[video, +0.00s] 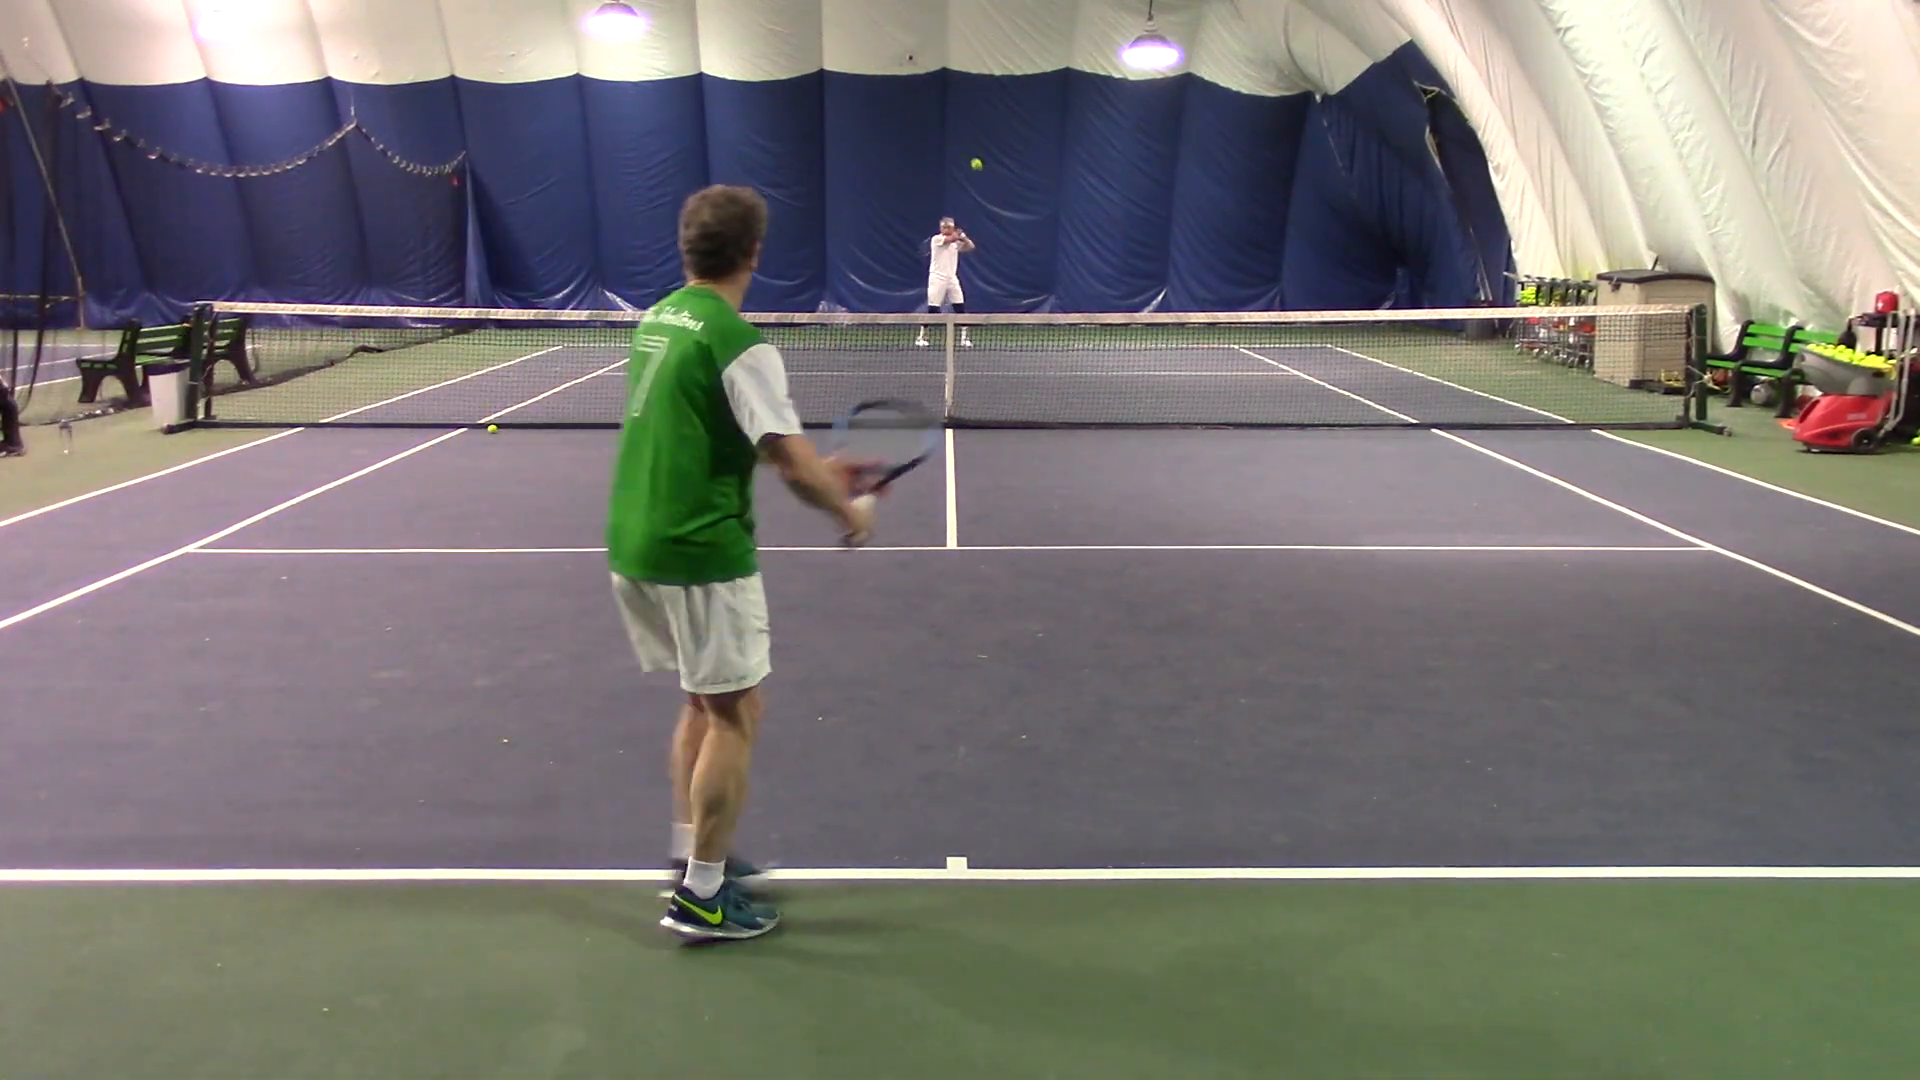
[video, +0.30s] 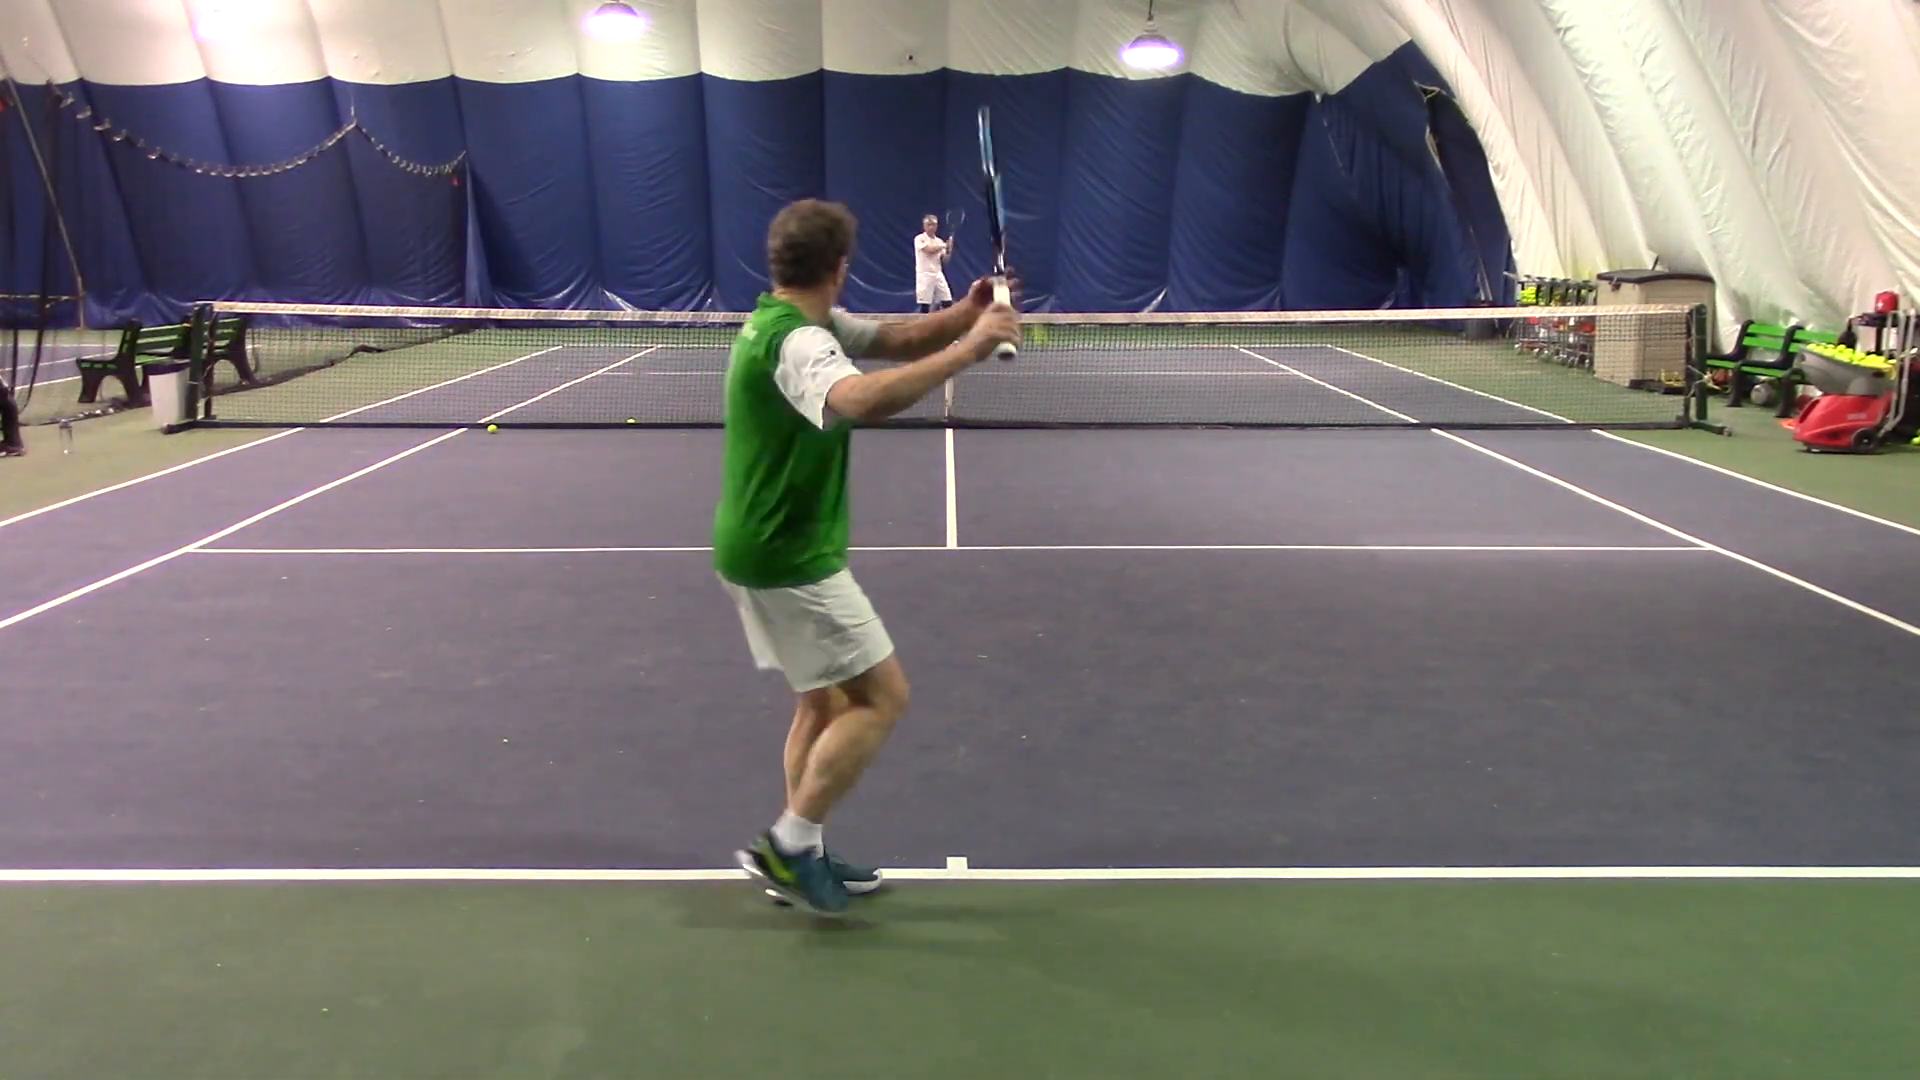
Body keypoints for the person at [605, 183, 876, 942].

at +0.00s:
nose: (763, 252)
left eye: (750, 239)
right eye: (762, 242)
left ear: (687, 250)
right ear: (753, 254)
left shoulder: (657, 322)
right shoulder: (739, 341)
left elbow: (714, 438)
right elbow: (792, 462)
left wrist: (818, 467)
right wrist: (847, 508)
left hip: (639, 546)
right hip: (704, 555)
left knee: (704, 701)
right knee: (734, 713)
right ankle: (703, 891)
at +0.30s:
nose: (849, 267)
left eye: (845, 257)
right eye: (848, 257)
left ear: (777, 262)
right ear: (836, 266)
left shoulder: (786, 319)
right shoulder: (794, 338)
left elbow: (892, 337)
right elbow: (857, 401)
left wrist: (969, 310)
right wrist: (969, 346)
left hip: (765, 552)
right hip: (792, 559)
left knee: (826, 700)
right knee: (884, 698)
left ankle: (800, 855)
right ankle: (791, 841)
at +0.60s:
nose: (948, 280)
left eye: (946, 272)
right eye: (946, 270)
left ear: (876, 275)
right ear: (933, 278)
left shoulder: (903, 329)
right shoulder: (876, 338)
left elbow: (995, 341)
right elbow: (856, 399)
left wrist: (1065, 314)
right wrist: (927, 363)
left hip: (838, 558)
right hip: (880, 565)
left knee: (874, 710)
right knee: (950, 716)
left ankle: (806, 859)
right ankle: (996, 883)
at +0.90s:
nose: (1012, 270)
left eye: (1011, 261)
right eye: (1010, 261)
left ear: (940, 266)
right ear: (994, 268)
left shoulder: (907, 321)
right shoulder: (959, 340)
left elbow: (939, 336)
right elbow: (978, 423)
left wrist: (995, 343)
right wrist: (1069, 441)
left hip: (877, 543)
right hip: (945, 557)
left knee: (892, 696)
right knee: (1006, 710)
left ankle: (816, 845)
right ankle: (1002, 882)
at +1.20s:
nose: (989, 260)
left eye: (987, 251)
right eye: (987, 252)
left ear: (907, 252)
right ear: (975, 262)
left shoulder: (863, 311)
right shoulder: (984, 324)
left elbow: (870, 294)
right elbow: (1031, 382)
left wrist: (927, 281)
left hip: (883, 540)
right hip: (967, 550)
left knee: (877, 702)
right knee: (997, 710)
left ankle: (842, 862)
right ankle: (1002, 882)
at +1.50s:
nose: (965, 265)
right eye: (966, 257)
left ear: (889, 257)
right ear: (958, 265)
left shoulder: (831, 323)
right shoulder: (968, 324)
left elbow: (763, 328)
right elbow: (908, 258)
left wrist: (776, 319)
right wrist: (815, 230)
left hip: (833, 551)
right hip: (927, 553)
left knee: (838, 714)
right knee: (964, 718)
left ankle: (835, 874)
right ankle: (997, 882)